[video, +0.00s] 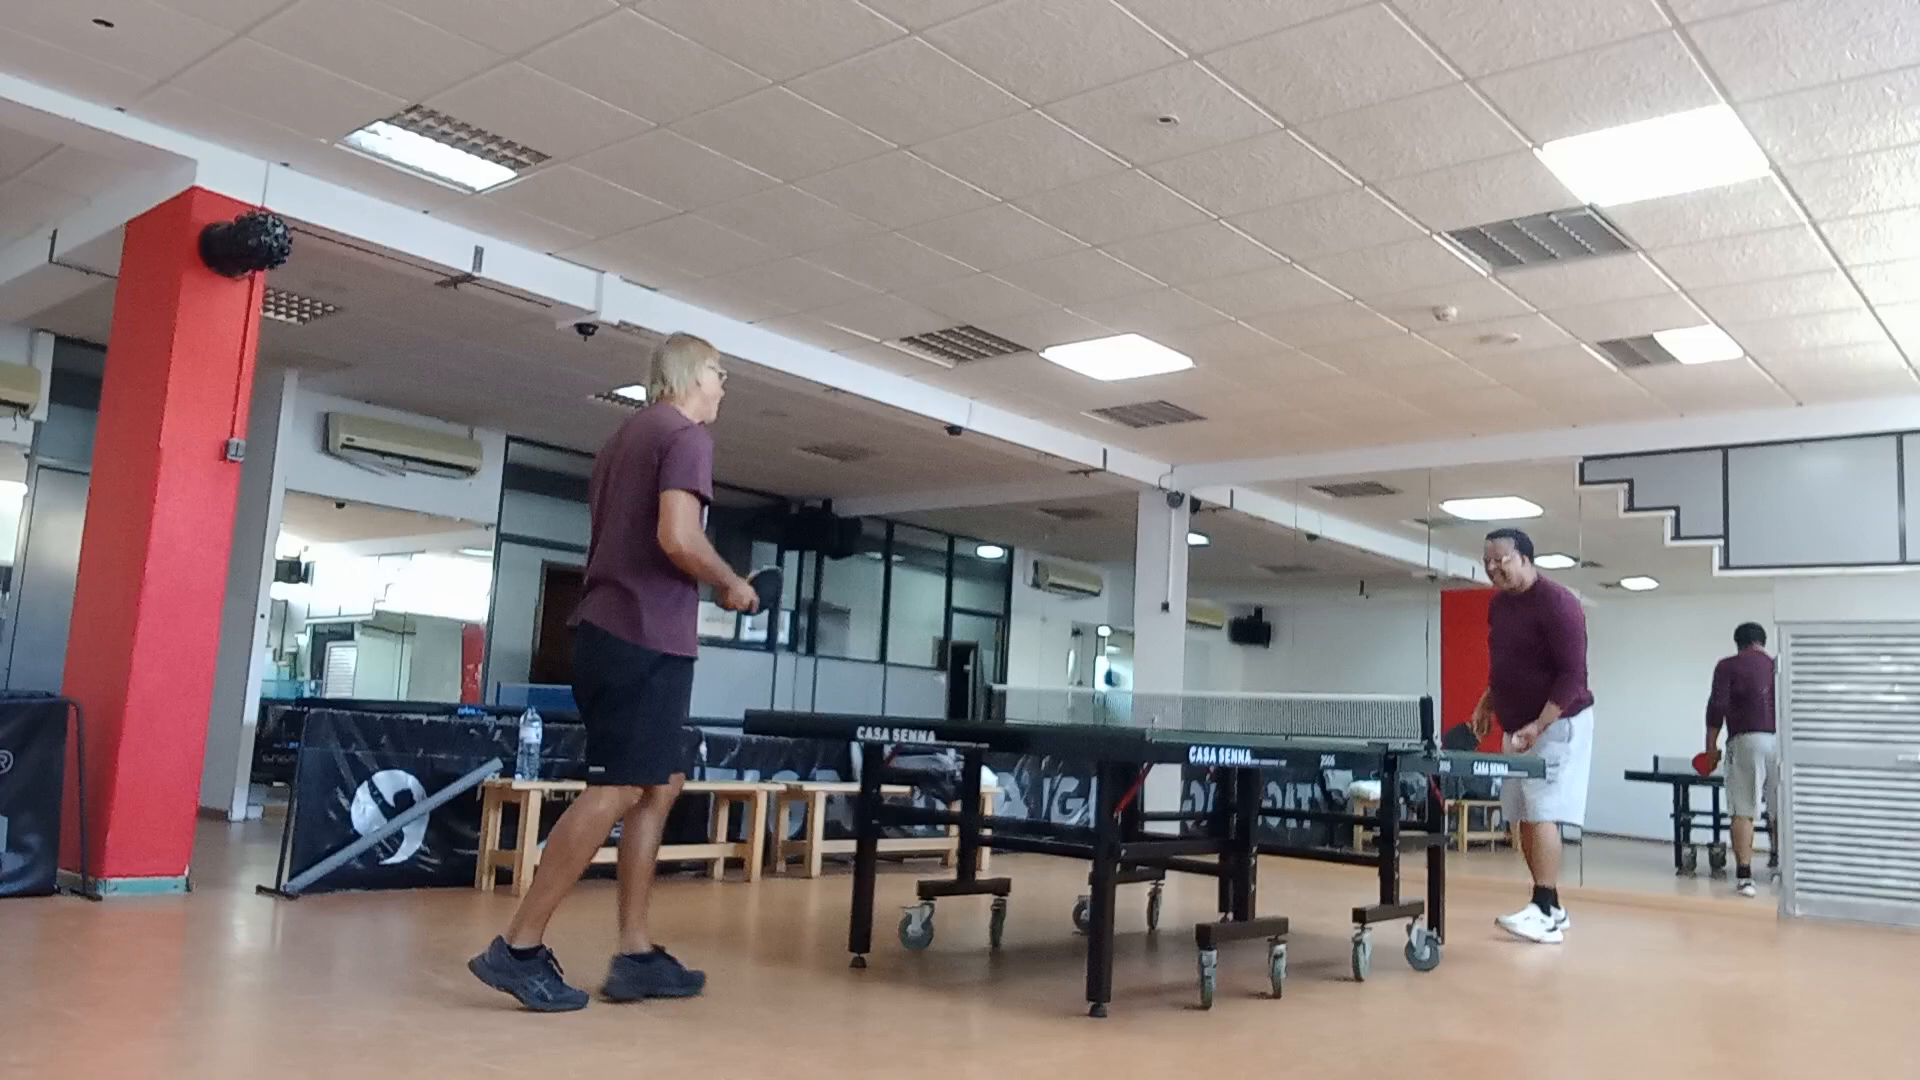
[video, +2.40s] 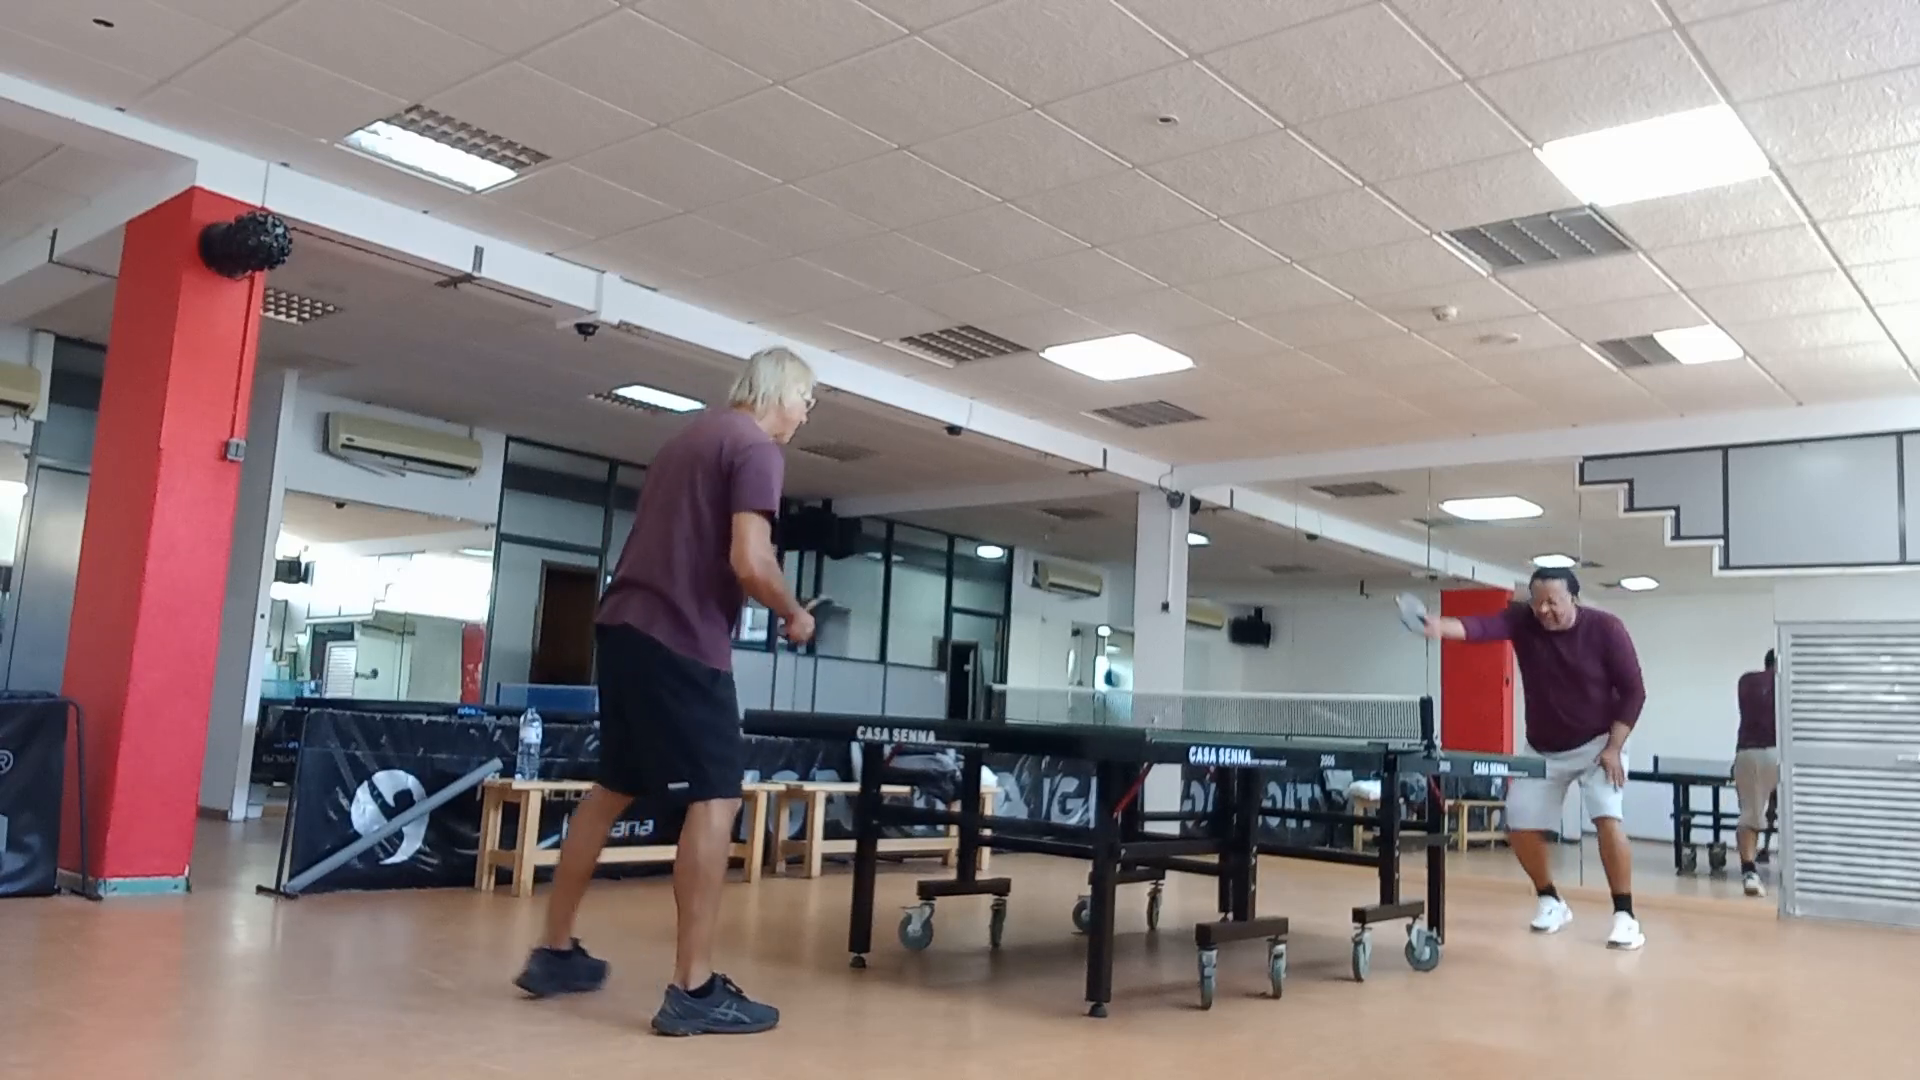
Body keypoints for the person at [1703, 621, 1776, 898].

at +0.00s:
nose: (1762, 648)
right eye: (1763, 644)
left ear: (1738, 644)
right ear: (1761, 643)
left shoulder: (1728, 665)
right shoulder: (1777, 665)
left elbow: (1717, 706)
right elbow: (1787, 703)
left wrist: (1711, 747)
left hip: (1745, 741)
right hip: (1778, 740)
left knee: (1742, 810)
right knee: (1779, 809)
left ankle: (1745, 877)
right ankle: (1780, 867)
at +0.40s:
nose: (1745, 637)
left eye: (1733, 634)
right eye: (1748, 632)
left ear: (1725, 633)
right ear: (1752, 632)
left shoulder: (1711, 661)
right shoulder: (1770, 657)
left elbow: (1699, 703)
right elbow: (1783, 693)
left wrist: (1724, 710)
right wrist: (1769, 710)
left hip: (1737, 742)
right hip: (1774, 740)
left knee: (1738, 813)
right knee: (1787, 812)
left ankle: (1743, 879)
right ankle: (1794, 876)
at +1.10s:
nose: (1778, 639)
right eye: (1781, 632)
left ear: (1759, 633)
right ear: (1785, 632)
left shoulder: (1742, 661)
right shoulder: (1801, 659)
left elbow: (1724, 699)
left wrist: (1730, 730)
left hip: (1759, 739)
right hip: (1796, 740)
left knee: (1753, 810)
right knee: (1797, 809)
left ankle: (1744, 876)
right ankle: (1796, 876)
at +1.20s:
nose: (1781, 640)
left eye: (1778, 634)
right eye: (1782, 634)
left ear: (1760, 635)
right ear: (1786, 633)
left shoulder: (1745, 662)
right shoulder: (1801, 661)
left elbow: (1726, 701)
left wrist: (1733, 733)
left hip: (1761, 741)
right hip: (1797, 742)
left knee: (1755, 810)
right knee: (1799, 810)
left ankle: (1749, 875)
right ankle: (1799, 876)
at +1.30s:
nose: (1778, 645)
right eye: (1779, 639)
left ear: (1760, 641)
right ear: (1784, 640)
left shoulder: (1744, 665)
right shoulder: (1798, 663)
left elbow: (1725, 704)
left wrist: (1732, 741)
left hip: (1761, 741)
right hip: (1798, 742)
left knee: (1759, 812)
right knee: (1798, 811)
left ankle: (1753, 876)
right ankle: (1793, 873)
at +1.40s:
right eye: (1778, 646)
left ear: (1761, 648)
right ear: (1783, 648)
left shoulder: (1744, 671)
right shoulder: (1797, 669)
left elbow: (1720, 708)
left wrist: (1724, 747)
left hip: (1760, 744)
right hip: (1796, 744)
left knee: (1757, 813)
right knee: (1797, 811)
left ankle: (1753, 877)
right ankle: (1792, 872)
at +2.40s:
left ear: (1765, 663)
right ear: (1782, 665)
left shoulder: (1747, 680)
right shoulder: (1788, 683)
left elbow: (1746, 714)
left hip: (1746, 751)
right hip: (1776, 750)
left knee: (1749, 814)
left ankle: (1749, 870)